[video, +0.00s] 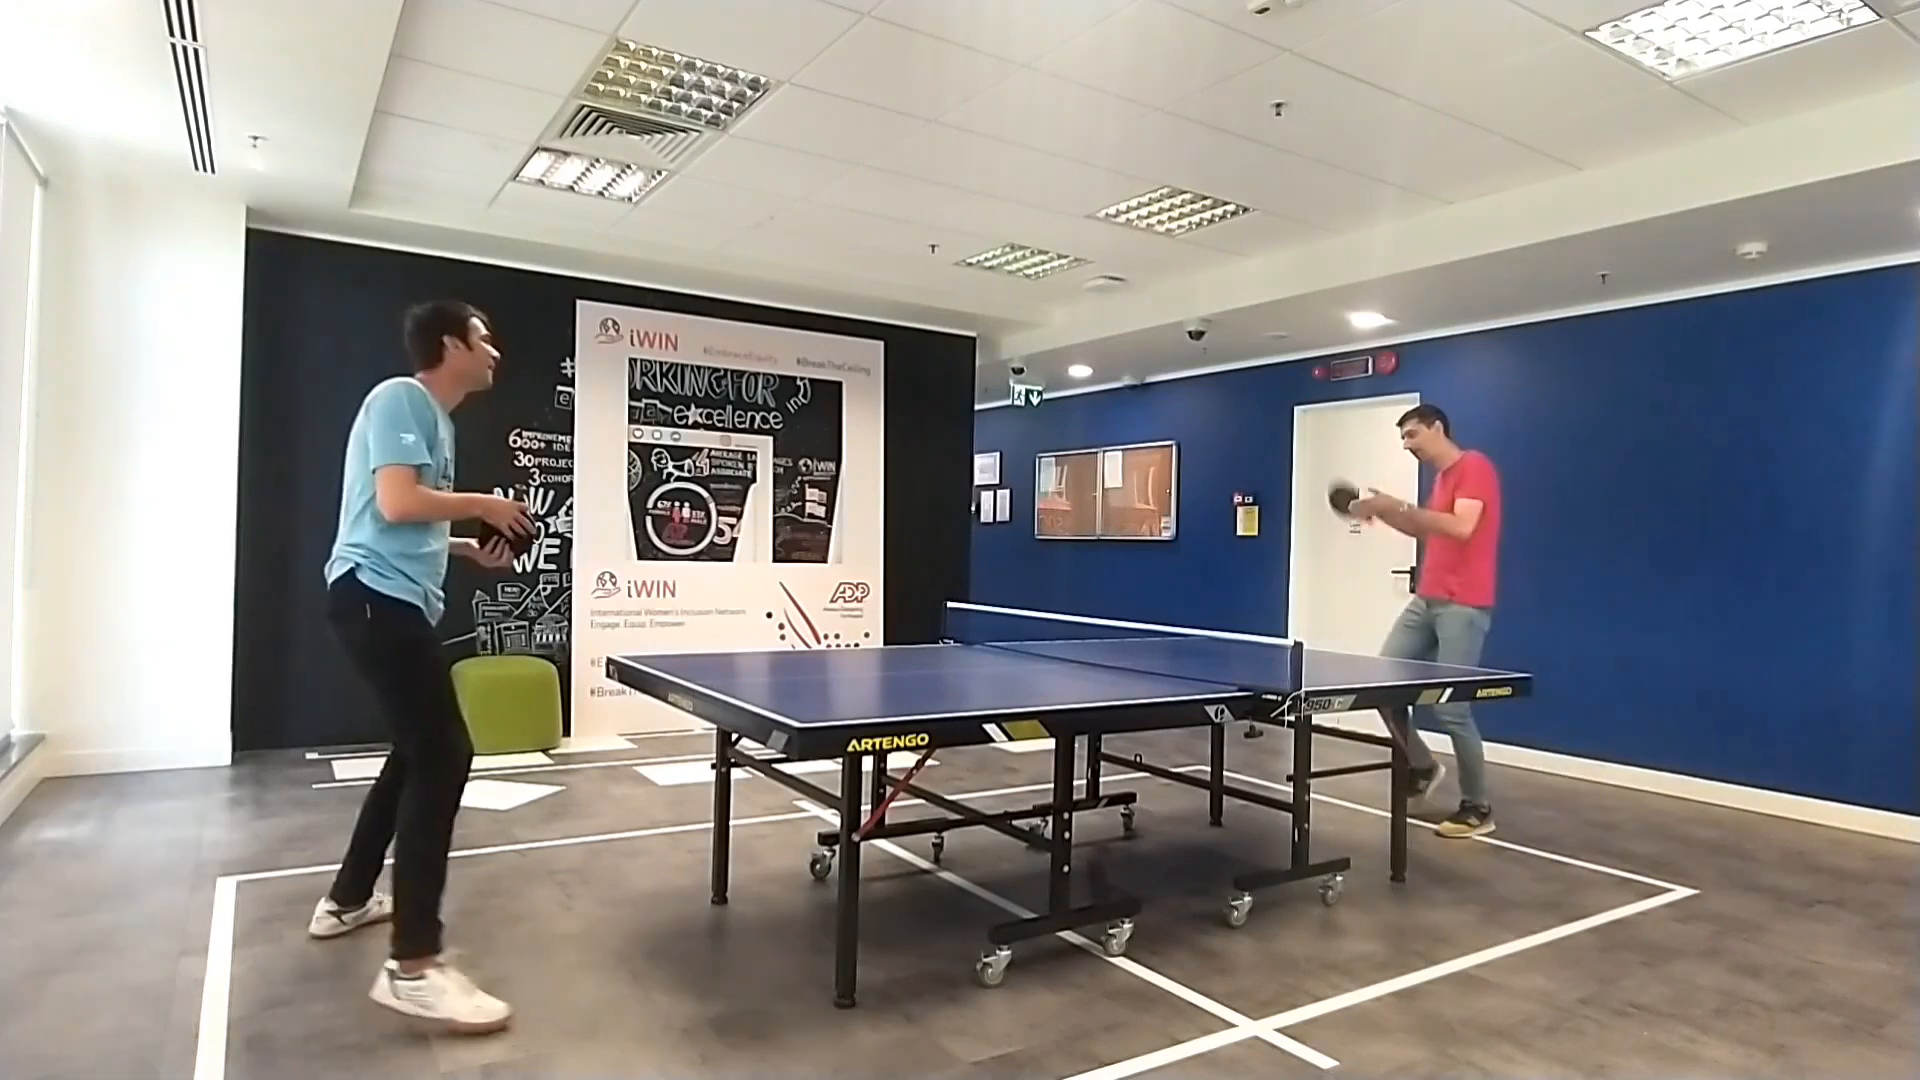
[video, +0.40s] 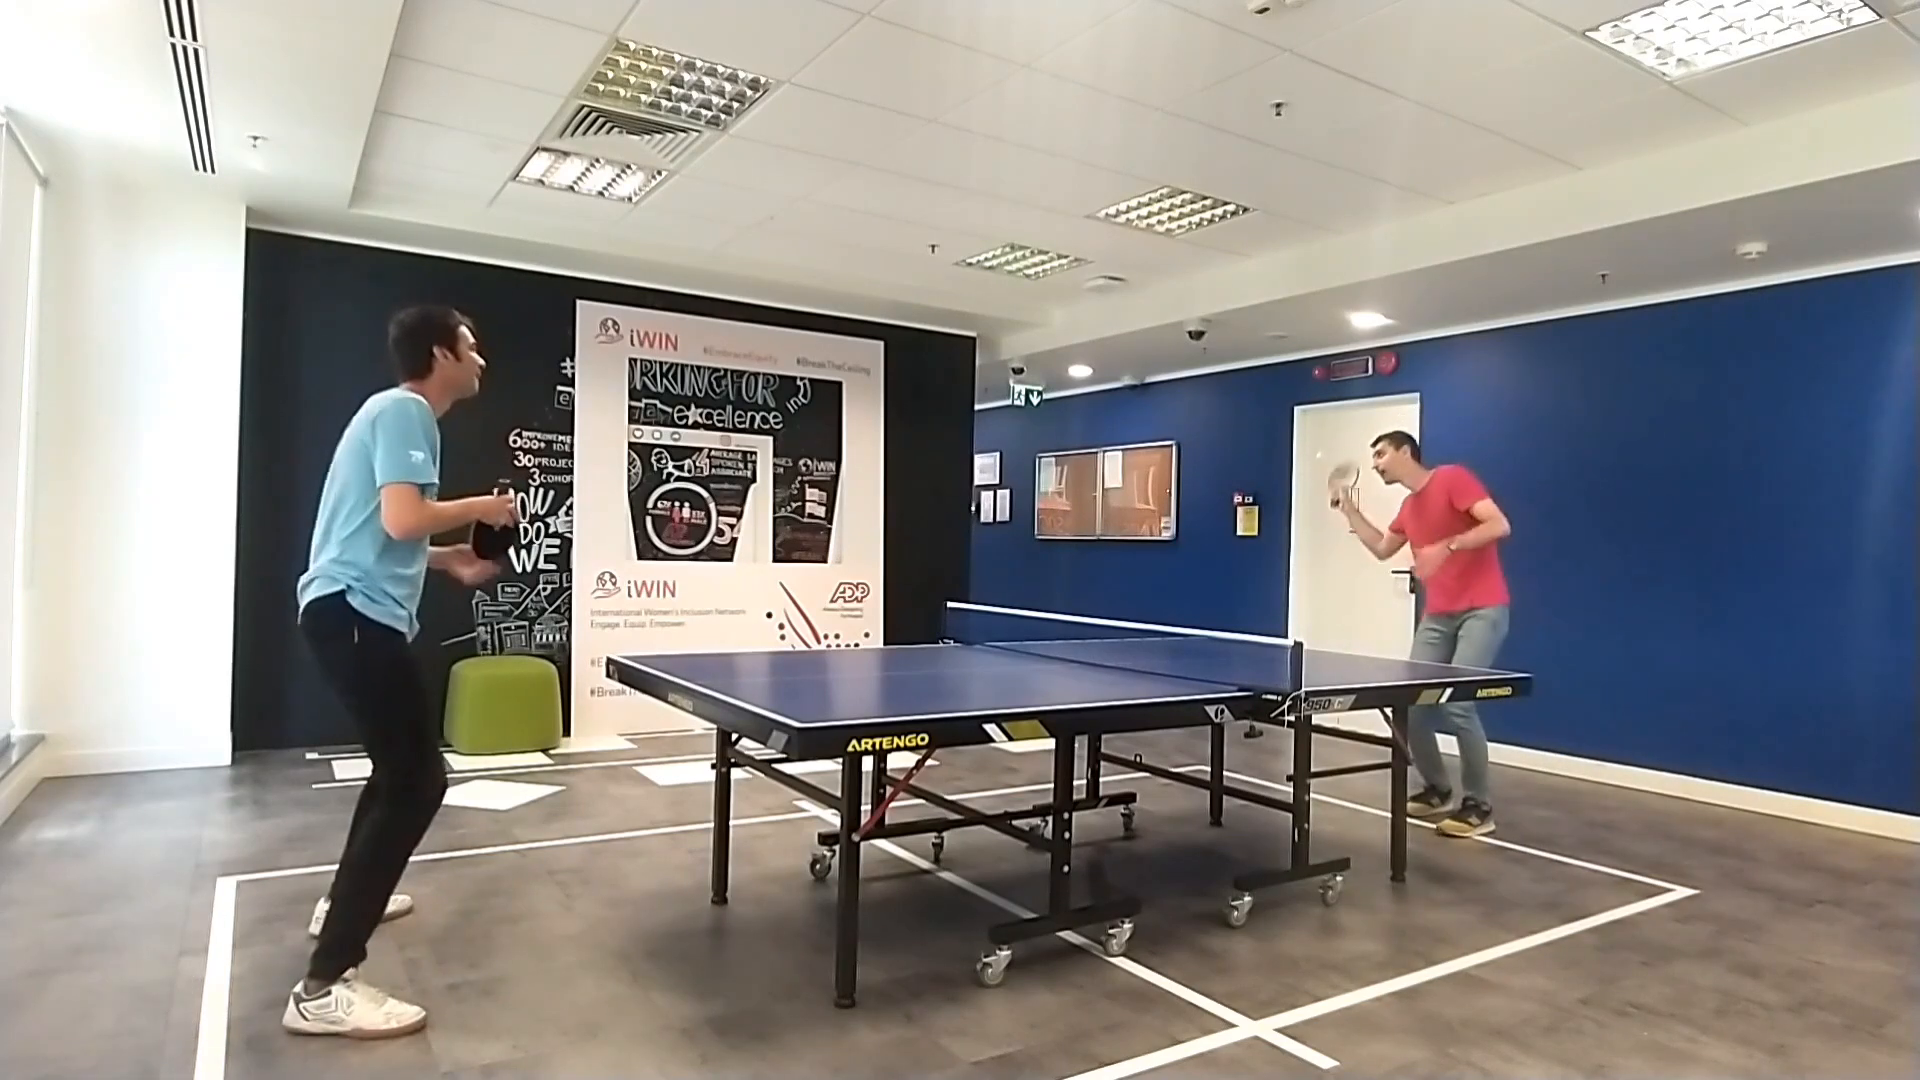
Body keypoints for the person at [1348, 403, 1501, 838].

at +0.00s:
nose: (1408, 444)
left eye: (1411, 434)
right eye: (1404, 438)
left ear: (1436, 428)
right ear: (1424, 435)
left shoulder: (1474, 466)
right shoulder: (1439, 479)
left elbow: (1462, 526)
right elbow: (1424, 532)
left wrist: (1399, 508)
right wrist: (1383, 510)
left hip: (1464, 608)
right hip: (1425, 603)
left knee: (1451, 707)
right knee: (1381, 685)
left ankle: (1476, 808)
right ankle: (1421, 766)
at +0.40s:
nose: (1375, 464)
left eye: (1380, 454)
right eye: (1374, 458)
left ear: (1404, 451)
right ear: (1397, 457)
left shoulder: (1451, 478)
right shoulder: (1409, 506)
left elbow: (1499, 525)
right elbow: (1383, 548)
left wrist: (1446, 545)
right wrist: (1350, 510)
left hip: (1484, 611)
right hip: (1438, 615)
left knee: (1457, 703)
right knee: (1410, 705)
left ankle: (1478, 805)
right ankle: (1439, 789)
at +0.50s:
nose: (1368, 485)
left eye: (1372, 475)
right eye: (1366, 479)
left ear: (1396, 469)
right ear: (1391, 474)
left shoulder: (1447, 489)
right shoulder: (1407, 521)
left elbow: (1503, 531)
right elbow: (1388, 572)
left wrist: (1460, 563)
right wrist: (1342, 541)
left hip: (1491, 614)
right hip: (1444, 620)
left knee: (1461, 702)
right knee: (1407, 707)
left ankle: (1486, 803)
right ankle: (1438, 789)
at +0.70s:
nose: (1374, 516)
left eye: (1375, 507)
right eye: (1370, 510)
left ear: (1397, 496)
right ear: (1393, 502)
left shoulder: (1453, 507)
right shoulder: (1409, 540)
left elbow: (1516, 544)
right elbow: (1415, 597)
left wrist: (1479, 583)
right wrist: (1375, 598)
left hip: (1505, 626)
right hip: (1458, 634)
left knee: (1485, 712)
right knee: (1410, 711)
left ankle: (1543, 793)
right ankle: (1438, 792)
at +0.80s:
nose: (1387, 515)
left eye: (1390, 505)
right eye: (1383, 509)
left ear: (1412, 495)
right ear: (1407, 500)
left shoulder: (1466, 510)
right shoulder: (1418, 542)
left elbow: (1530, 546)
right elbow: (1445, 595)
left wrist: (1499, 585)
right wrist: (1425, 585)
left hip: (1512, 631)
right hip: (1465, 635)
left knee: (1510, 724)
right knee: (1417, 711)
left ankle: (1583, 775)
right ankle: (1437, 792)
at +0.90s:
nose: (1409, 508)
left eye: (1413, 498)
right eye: (1406, 501)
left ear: (1438, 491)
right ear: (1412, 505)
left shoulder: (1489, 511)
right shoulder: (1431, 537)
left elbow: (1550, 551)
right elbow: (1446, 599)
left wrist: (1523, 586)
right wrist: (1448, 578)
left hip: (1526, 634)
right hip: (1477, 635)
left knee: (1542, 732)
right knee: (1425, 708)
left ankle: (1623, 766)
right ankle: (1437, 792)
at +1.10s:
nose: (1472, 502)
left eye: (1479, 492)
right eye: (1469, 495)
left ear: (1505, 490)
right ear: (1471, 499)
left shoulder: (1553, 518)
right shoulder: (1484, 535)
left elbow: (1603, 569)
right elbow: (1483, 597)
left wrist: (1569, 604)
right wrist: (1488, 587)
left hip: (1570, 647)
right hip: (1518, 641)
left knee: (1607, 745)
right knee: (1453, 706)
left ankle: (1675, 795)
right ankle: (1437, 792)